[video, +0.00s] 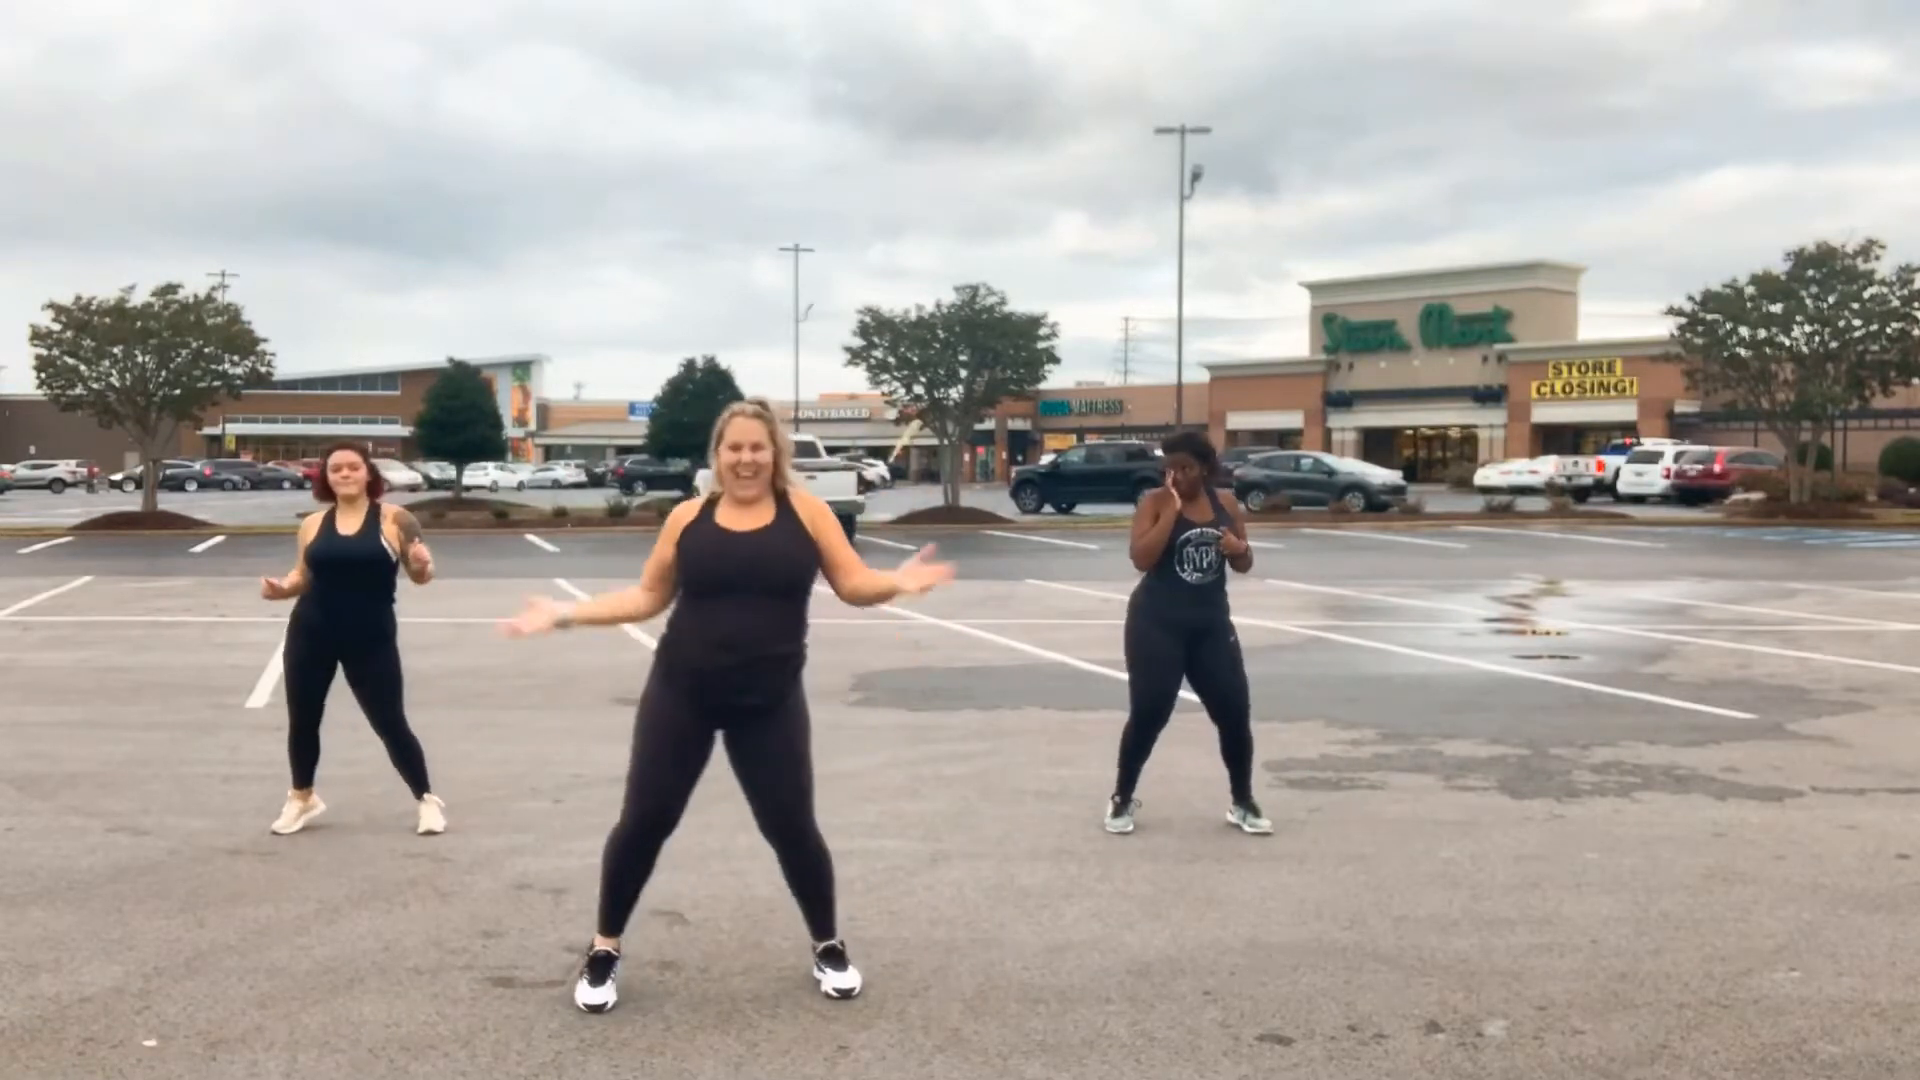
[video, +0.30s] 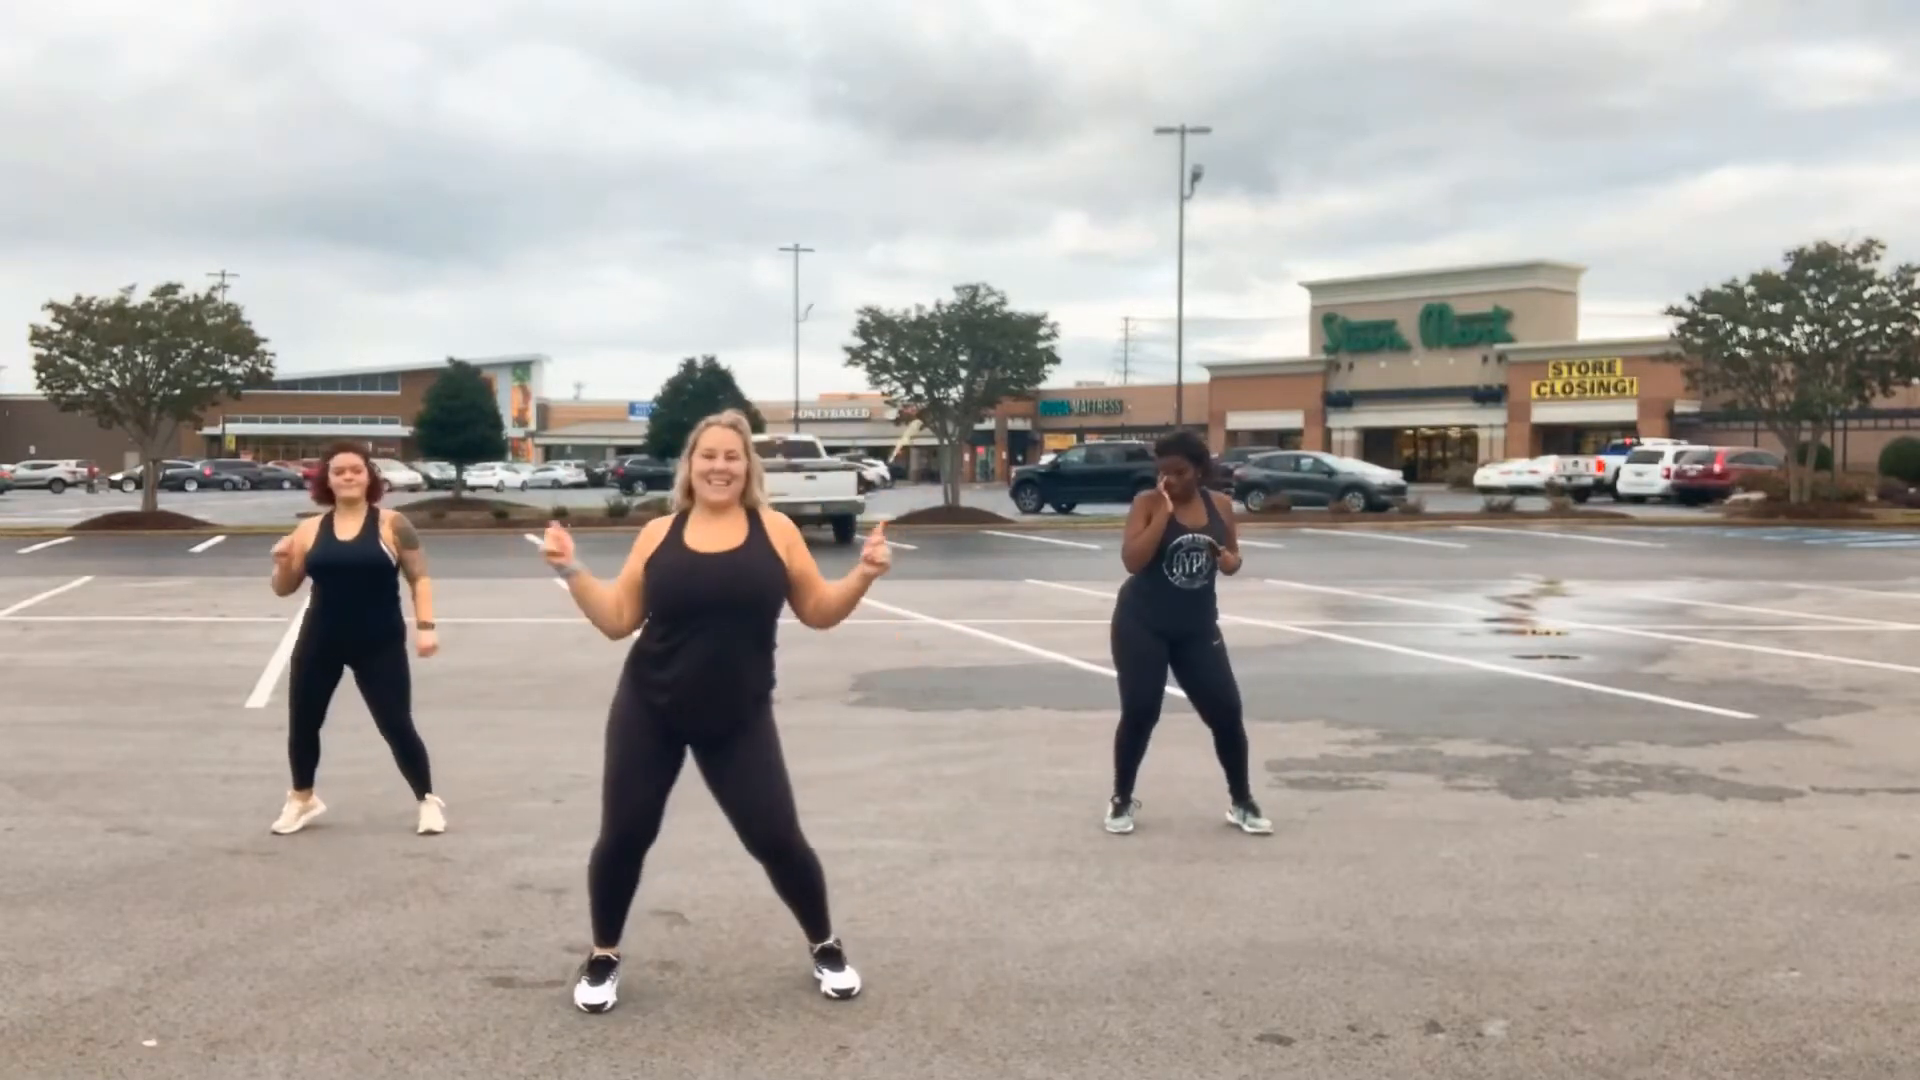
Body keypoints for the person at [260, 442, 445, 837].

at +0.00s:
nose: (346, 474)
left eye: (354, 467)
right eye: (337, 469)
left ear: (368, 475)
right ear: (327, 479)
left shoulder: (393, 519)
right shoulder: (312, 524)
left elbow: (420, 576)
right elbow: (305, 575)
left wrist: (421, 566)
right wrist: (283, 588)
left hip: (369, 638)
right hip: (312, 636)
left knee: (390, 724)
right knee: (302, 721)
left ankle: (426, 800)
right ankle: (302, 797)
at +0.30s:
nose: (348, 477)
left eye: (355, 470)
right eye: (339, 471)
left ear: (369, 478)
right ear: (327, 481)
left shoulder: (392, 524)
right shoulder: (310, 529)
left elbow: (418, 576)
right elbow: (283, 588)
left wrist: (425, 626)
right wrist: (284, 562)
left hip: (378, 644)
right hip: (321, 642)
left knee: (396, 725)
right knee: (303, 723)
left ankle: (427, 800)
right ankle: (302, 797)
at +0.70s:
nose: (378, 469)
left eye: (385, 462)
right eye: (369, 464)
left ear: (398, 470)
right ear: (356, 473)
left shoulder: (420, 513)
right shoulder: (339, 519)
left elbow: (462, 543)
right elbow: (308, 570)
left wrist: (451, 573)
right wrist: (325, 600)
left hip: (417, 633)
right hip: (364, 635)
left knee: (416, 718)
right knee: (339, 721)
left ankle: (428, 800)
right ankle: (312, 798)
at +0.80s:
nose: (385, 468)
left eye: (392, 461)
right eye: (377, 462)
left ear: (406, 469)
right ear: (364, 472)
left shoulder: (428, 515)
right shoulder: (348, 522)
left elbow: (469, 560)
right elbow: (331, 578)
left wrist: (446, 558)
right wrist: (335, 626)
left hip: (424, 633)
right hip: (369, 634)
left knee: (420, 718)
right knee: (354, 715)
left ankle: (429, 799)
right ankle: (354, 793)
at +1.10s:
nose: (401, 476)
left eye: (409, 469)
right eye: (393, 471)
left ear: (422, 477)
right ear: (381, 481)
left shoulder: (442, 522)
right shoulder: (362, 530)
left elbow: (449, 572)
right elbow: (342, 584)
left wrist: (413, 582)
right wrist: (338, 632)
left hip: (436, 638)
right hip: (382, 640)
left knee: (445, 718)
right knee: (387, 725)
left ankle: (442, 796)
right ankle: (397, 800)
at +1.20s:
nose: (406, 478)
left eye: (413, 471)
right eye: (397, 473)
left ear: (426, 479)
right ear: (385, 483)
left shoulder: (448, 524)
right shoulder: (367, 532)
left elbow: (464, 577)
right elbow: (345, 581)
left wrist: (458, 622)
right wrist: (351, 619)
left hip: (445, 635)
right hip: (392, 642)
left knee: (467, 712)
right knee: (393, 725)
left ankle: (483, 787)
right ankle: (398, 801)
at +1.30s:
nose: (411, 476)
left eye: (419, 470)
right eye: (402, 471)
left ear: (432, 478)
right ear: (391, 480)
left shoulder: (457, 522)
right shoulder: (373, 531)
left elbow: (492, 573)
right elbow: (353, 582)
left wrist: (512, 619)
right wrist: (363, 593)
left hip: (464, 635)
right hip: (410, 639)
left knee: (487, 717)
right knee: (402, 723)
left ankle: (526, 792)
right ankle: (399, 801)